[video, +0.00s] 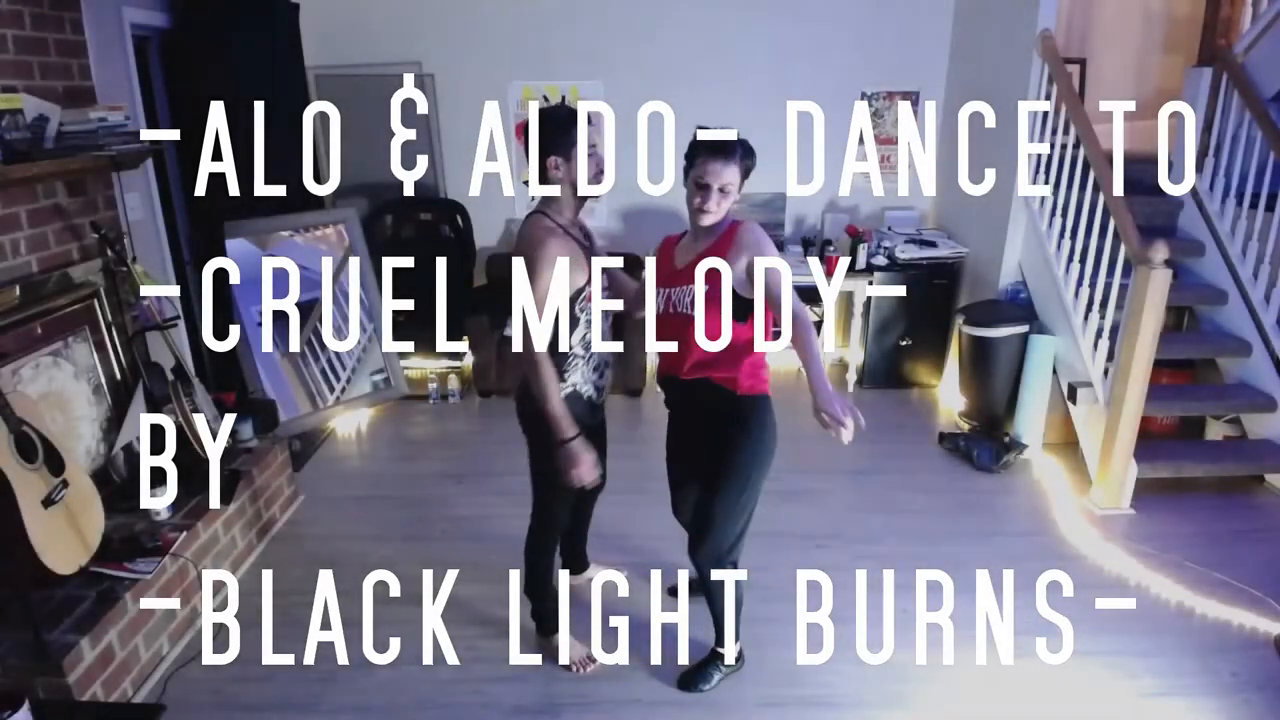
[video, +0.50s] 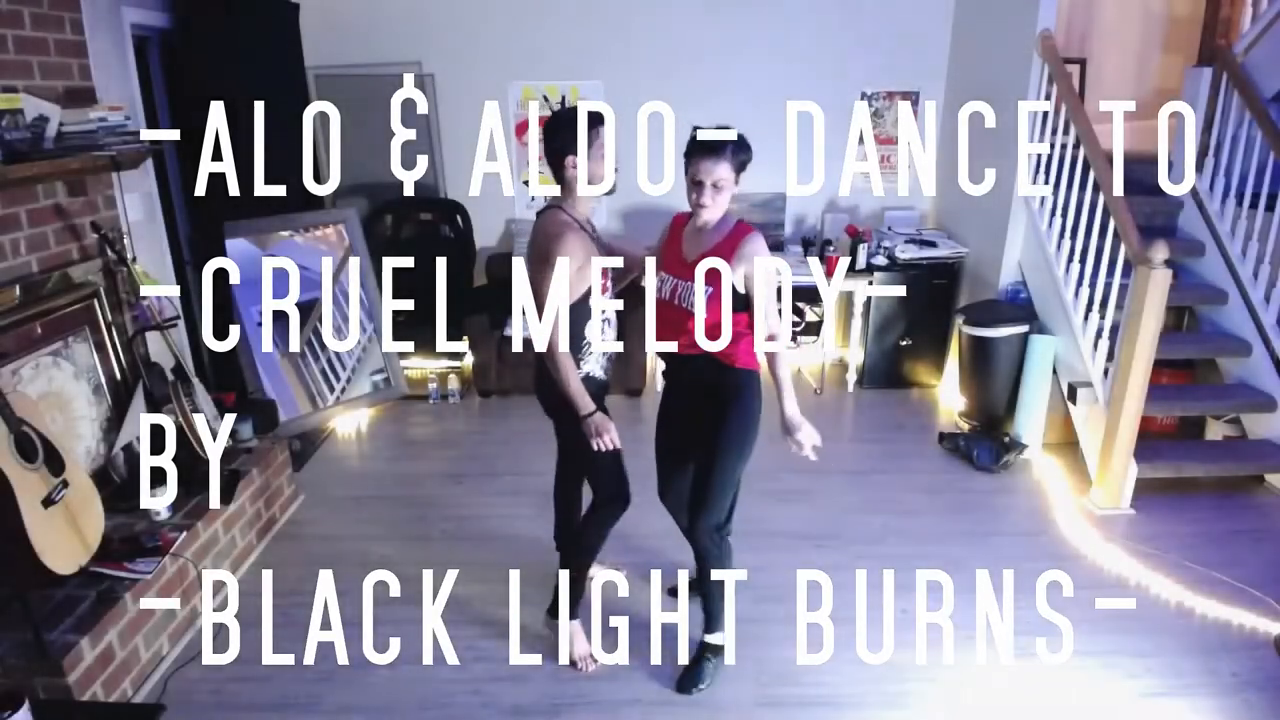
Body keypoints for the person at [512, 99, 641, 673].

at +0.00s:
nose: (603, 162)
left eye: (603, 150)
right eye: (590, 150)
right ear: (556, 165)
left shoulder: (576, 226)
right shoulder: (545, 237)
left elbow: (577, 300)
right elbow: (534, 345)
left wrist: (618, 295)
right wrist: (568, 437)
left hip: (583, 388)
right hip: (553, 395)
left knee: (586, 486)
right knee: (552, 516)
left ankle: (575, 580)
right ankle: (550, 638)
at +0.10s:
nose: (603, 159)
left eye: (603, 148)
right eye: (591, 149)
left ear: (583, 161)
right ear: (558, 163)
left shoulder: (578, 221)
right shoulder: (549, 235)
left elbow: (584, 293)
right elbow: (543, 345)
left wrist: (620, 290)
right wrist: (586, 428)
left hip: (588, 383)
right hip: (559, 389)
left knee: (579, 496)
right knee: (559, 514)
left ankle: (575, 582)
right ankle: (555, 637)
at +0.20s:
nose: (604, 157)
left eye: (603, 147)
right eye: (592, 148)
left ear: (580, 160)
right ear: (560, 161)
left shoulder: (579, 220)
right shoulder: (551, 234)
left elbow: (585, 288)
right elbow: (547, 346)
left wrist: (620, 281)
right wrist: (588, 421)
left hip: (588, 380)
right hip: (562, 387)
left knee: (577, 492)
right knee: (567, 508)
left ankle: (567, 579)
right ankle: (558, 635)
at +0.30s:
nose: (604, 159)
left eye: (603, 149)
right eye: (593, 150)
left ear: (582, 160)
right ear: (563, 161)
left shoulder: (579, 218)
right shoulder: (554, 234)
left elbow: (589, 275)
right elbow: (549, 345)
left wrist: (631, 270)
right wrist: (587, 417)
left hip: (587, 376)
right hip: (565, 384)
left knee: (581, 493)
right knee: (583, 507)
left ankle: (572, 570)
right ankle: (556, 630)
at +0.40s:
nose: (606, 160)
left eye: (604, 150)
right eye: (595, 151)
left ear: (579, 163)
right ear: (565, 163)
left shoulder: (575, 219)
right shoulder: (557, 236)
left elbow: (594, 268)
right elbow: (550, 345)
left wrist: (637, 268)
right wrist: (587, 416)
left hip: (584, 375)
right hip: (566, 383)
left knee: (578, 486)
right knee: (596, 499)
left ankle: (570, 571)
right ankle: (555, 620)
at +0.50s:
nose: (610, 162)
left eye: (607, 151)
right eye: (600, 152)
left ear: (568, 165)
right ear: (572, 163)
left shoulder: (569, 219)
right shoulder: (562, 234)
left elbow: (583, 270)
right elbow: (551, 341)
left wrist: (636, 263)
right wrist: (589, 413)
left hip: (574, 374)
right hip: (570, 382)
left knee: (571, 482)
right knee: (613, 495)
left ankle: (571, 578)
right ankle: (565, 607)